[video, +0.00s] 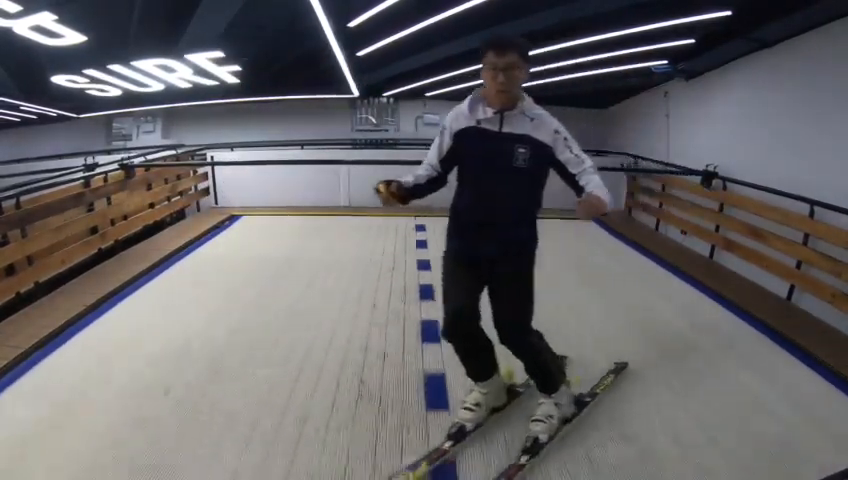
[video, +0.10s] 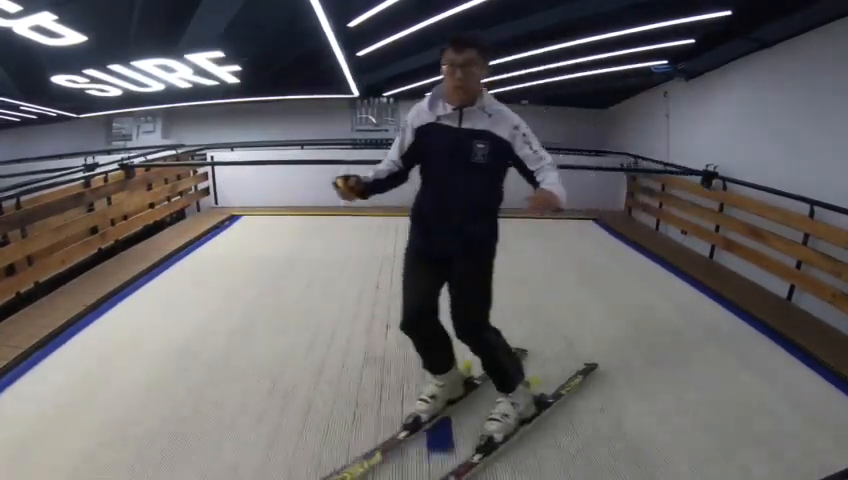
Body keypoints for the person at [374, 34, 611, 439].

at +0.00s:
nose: (501, 78)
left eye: (510, 70)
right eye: (493, 70)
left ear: (525, 72)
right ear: (482, 73)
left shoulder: (544, 127)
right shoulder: (459, 119)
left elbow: (583, 172)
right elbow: (434, 171)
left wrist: (595, 196)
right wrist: (403, 189)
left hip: (513, 246)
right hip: (464, 242)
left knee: (513, 330)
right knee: (457, 324)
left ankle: (556, 392)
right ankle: (490, 385)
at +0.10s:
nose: (457, 74)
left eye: (467, 66)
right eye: (450, 66)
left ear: (484, 70)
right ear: (441, 70)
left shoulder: (504, 123)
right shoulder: (421, 116)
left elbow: (544, 169)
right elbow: (397, 166)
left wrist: (550, 193)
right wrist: (364, 185)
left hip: (474, 239)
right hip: (426, 234)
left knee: (470, 325)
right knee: (416, 319)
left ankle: (515, 393)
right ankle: (447, 378)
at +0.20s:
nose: (412, 70)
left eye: (422, 62)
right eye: (405, 62)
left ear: (441, 66)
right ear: (398, 66)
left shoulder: (458, 117)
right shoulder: (379, 112)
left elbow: (498, 161)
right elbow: (353, 162)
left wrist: (503, 186)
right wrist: (319, 180)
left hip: (433, 233)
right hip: (386, 229)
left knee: (431, 319)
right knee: (374, 311)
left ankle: (474, 387)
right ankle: (403, 370)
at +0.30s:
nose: (369, 64)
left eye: (378, 56)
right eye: (362, 57)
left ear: (396, 61)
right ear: (353, 62)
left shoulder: (412, 109)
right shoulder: (335, 104)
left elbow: (454, 155)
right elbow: (310, 155)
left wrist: (459, 179)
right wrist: (276, 173)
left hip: (392, 223)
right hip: (346, 220)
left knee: (393, 308)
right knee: (334, 304)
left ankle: (437, 374)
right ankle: (361, 360)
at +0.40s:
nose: (326, 63)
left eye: (335, 56)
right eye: (319, 56)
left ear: (353, 60)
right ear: (312, 59)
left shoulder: (371, 104)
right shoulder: (295, 104)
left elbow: (411, 146)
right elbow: (270, 155)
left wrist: (418, 174)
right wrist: (237, 169)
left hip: (355, 217)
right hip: (310, 215)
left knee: (348, 300)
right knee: (297, 298)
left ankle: (391, 362)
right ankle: (323, 353)